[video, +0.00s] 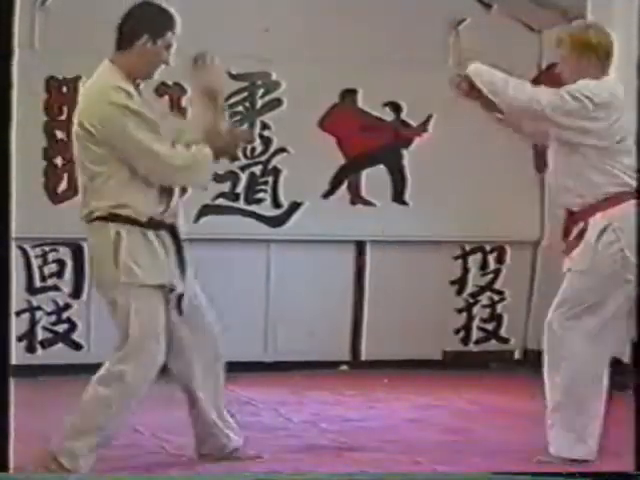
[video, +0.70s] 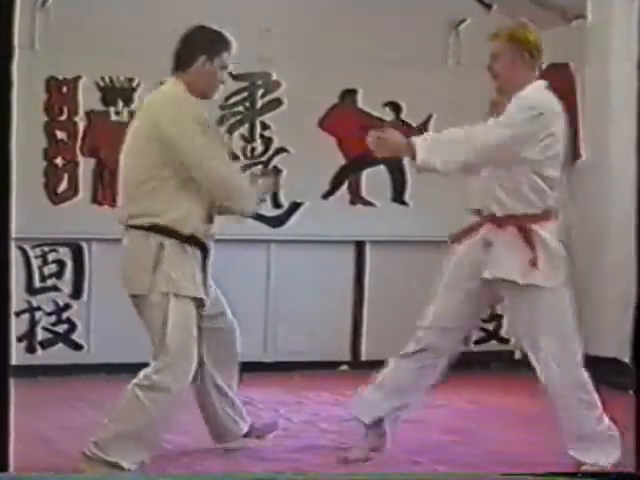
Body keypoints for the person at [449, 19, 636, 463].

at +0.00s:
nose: (556, 63)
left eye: (562, 54)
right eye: (558, 55)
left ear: (580, 56)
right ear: (597, 58)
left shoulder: (594, 97)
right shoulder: (603, 98)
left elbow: (530, 102)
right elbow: (531, 126)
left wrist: (475, 70)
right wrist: (482, 98)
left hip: (614, 229)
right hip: (613, 228)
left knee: (569, 324)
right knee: (580, 327)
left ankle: (573, 446)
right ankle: (574, 443)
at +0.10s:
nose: (569, 71)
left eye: (575, 62)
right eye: (569, 63)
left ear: (599, 59)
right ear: (600, 61)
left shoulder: (606, 101)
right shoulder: (606, 100)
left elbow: (550, 142)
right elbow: (552, 156)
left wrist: (504, 101)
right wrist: (517, 124)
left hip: (614, 228)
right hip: (612, 227)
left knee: (573, 323)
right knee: (599, 331)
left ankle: (589, 443)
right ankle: (594, 441)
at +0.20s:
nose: (569, 73)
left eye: (574, 64)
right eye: (568, 64)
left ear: (599, 63)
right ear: (602, 65)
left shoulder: (602, 109)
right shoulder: (615, 105)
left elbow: (563, 159)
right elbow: (570, 157)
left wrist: (507, 141)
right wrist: (522, 141)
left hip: (614, 234)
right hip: (619, 231)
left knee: (574, 329)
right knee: (604, 336)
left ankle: (603, 445)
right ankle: (610, 442)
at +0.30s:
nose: (559, 76)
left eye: (565, 67)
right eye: (558, 67)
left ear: (589, 66)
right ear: (593, 69)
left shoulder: (591, 115)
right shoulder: (611, 110)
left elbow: (562, 173)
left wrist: (495, 162)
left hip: (612, 241)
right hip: (623, 237)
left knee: (570, 338)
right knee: (611, 342)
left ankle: (608, 453)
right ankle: (616, 451)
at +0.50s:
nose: (529, 73)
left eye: (536, 63)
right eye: (530, 64)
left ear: (560, 66)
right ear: (556, 68)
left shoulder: (571, 107)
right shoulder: (556, 110)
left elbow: (521, 157)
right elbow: (511, 166)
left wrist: (450, 148)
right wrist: (448, 149)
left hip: (582, 241)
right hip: (544, 241)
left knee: (561, 355)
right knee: (504, 335)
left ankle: (607, 453)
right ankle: (573, 419)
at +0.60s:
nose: (515, 71)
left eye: (521, 62)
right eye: (515, 63)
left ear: (547, 64)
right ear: (540, 67)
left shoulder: (559, 106)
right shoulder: (542, 108)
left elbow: (504, 148)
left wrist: (426, 140)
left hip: (563, 245)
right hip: (525, 241)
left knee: (559, 354)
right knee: (464, 317)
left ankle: (606, 453)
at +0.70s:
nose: (491, 68)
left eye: (498, 58)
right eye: (490, 59)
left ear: (524, 60)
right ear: (512, 64)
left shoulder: (540, 105)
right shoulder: (517, 107)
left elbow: (485, 145)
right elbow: (475, 144)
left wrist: (411, 148)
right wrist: (413, 142)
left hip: (530, 243)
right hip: (486, 240)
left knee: (557, 356)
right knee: (433, 337)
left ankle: (599, 453)